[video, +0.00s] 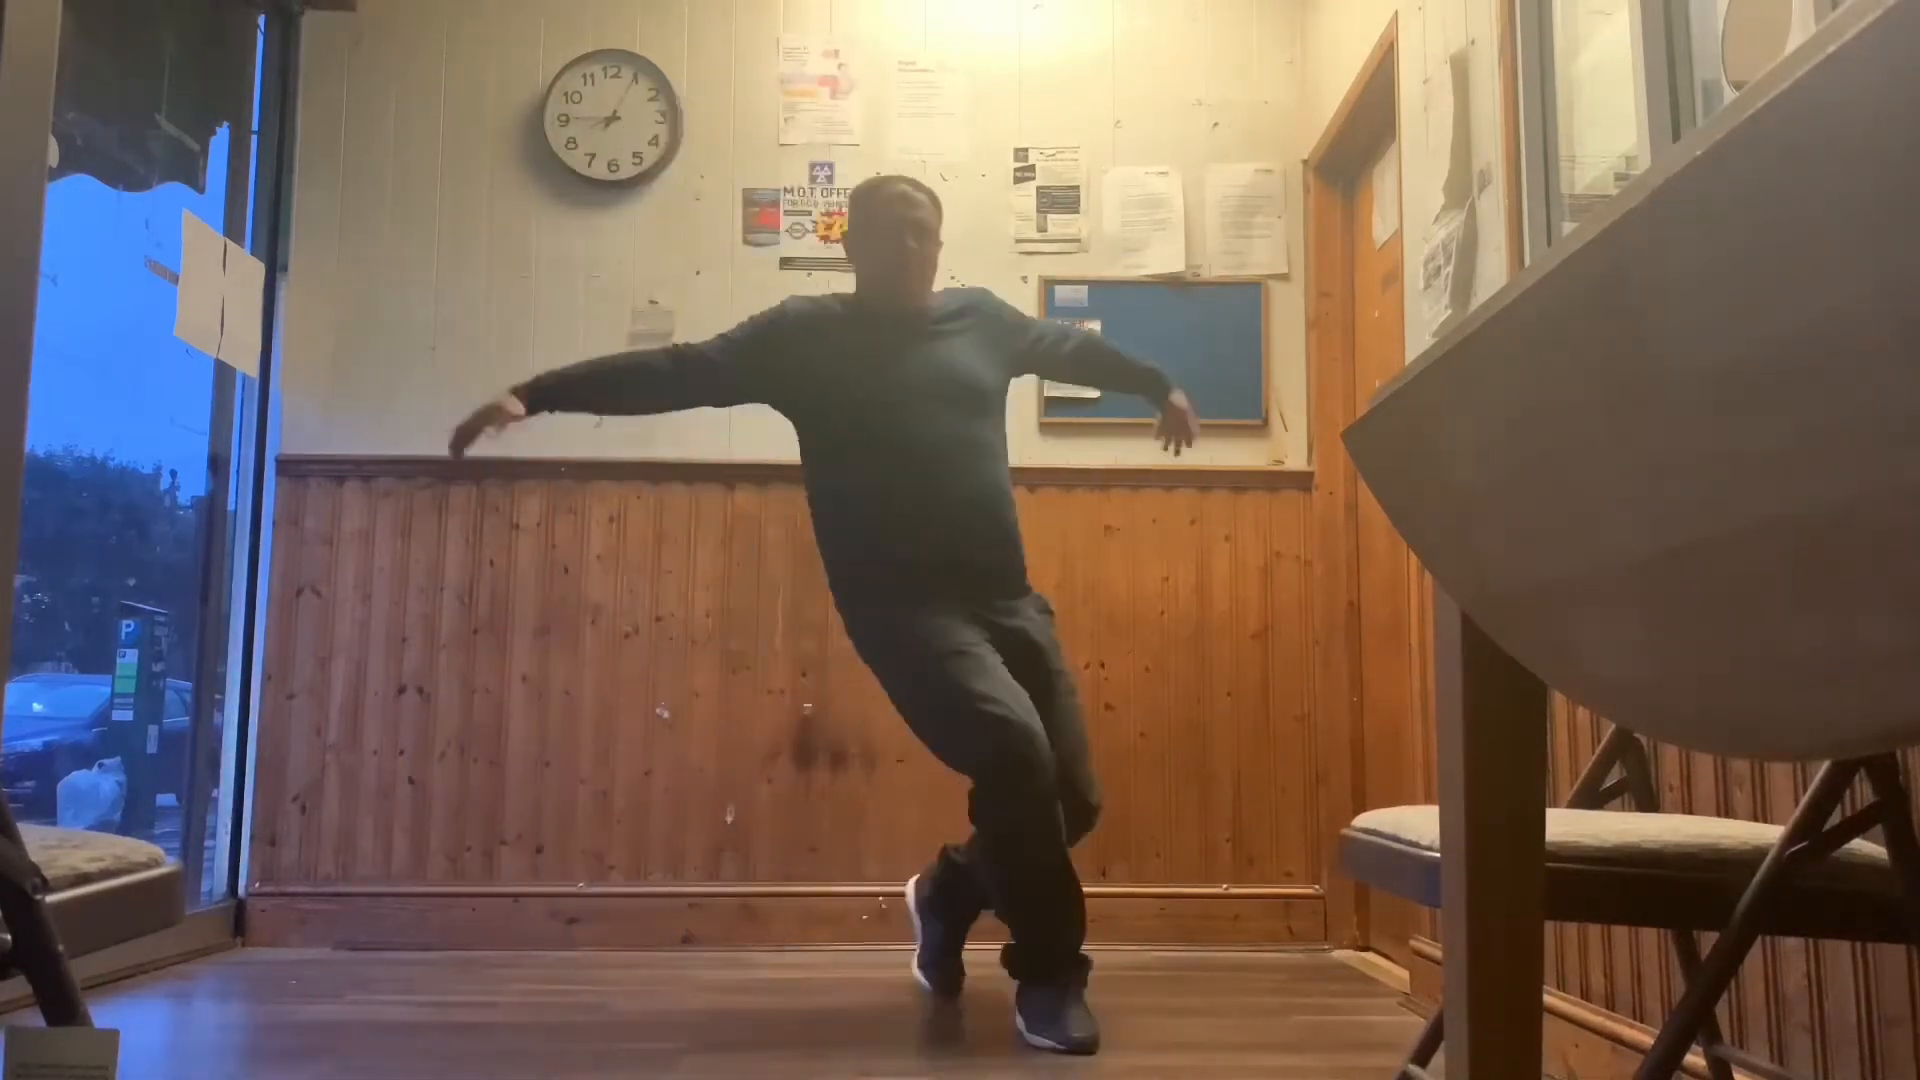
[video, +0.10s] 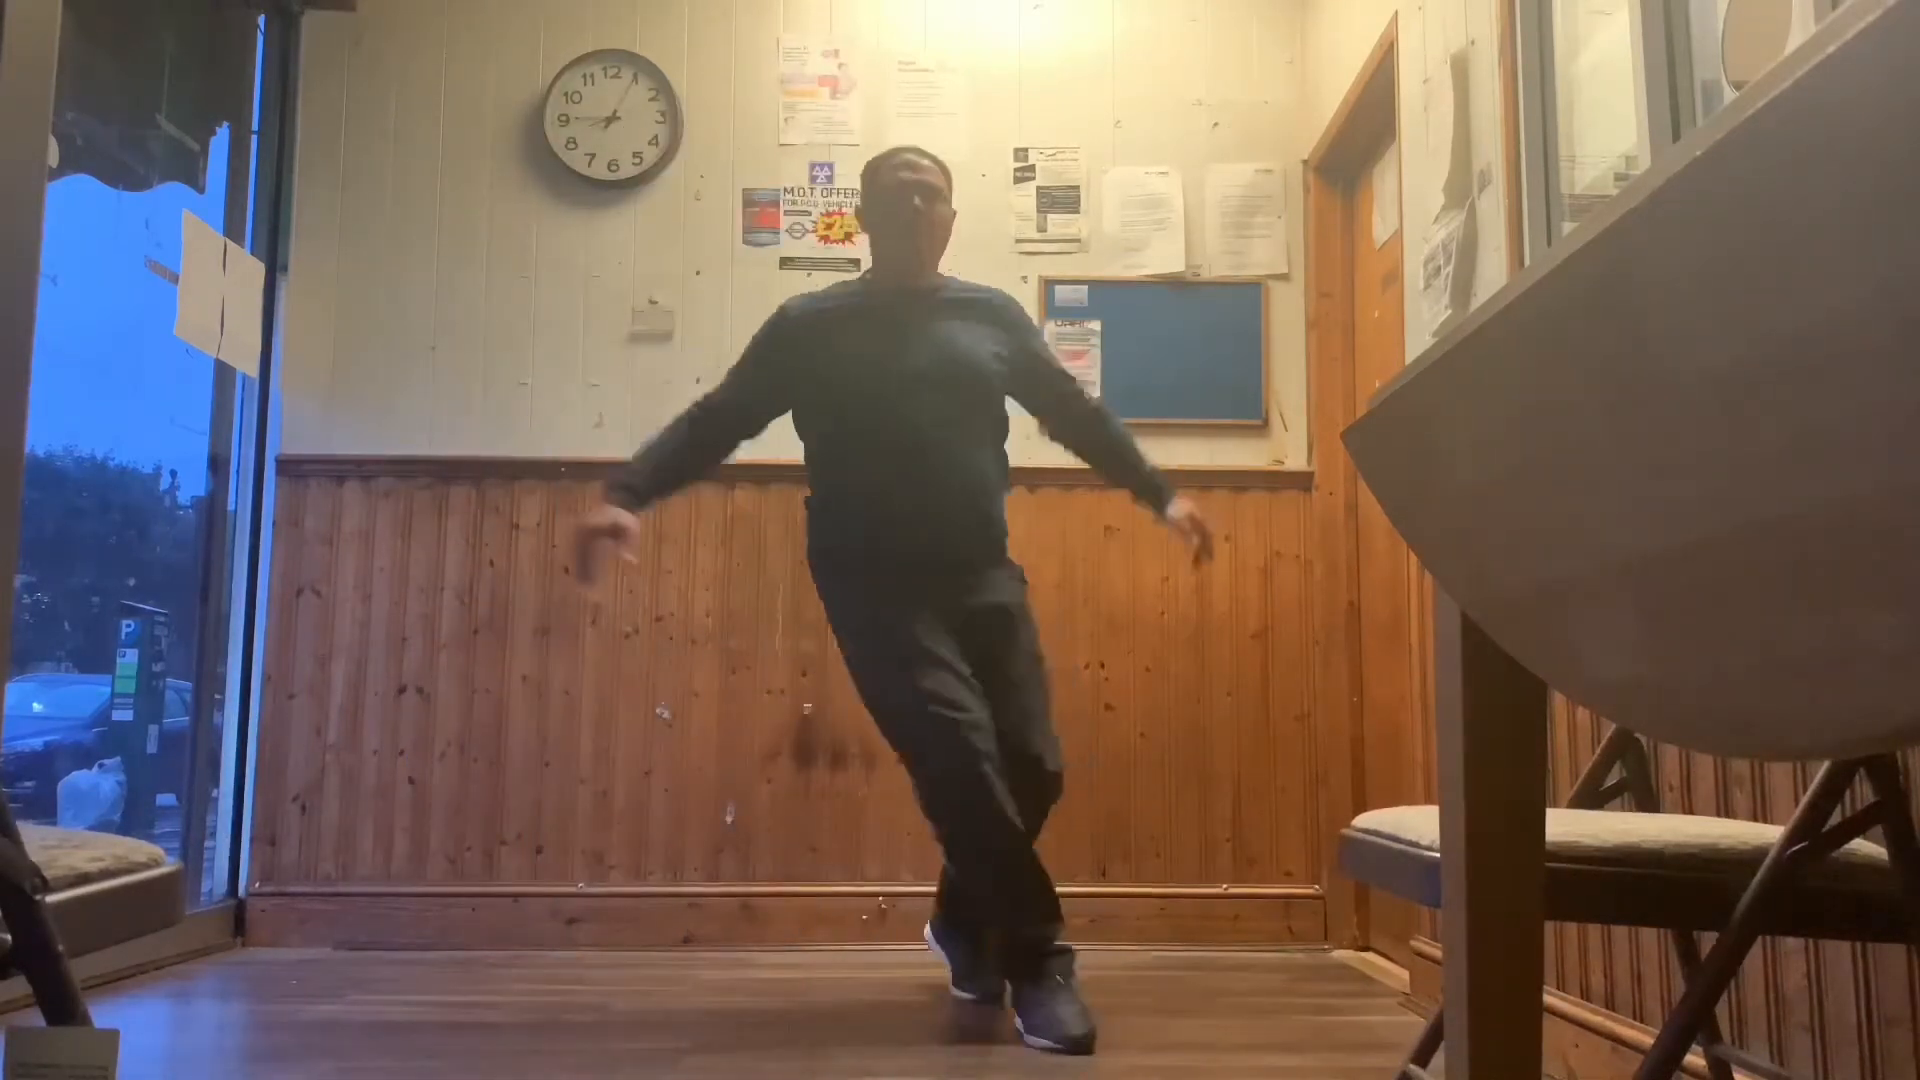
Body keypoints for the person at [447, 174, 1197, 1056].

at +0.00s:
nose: (919, 246)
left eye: (929, 231)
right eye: (898, 229)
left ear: (942, 247)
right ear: (851, 243)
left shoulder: (982, 323)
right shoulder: (801, 337)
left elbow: (1081, 352)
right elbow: (677, 373)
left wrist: (1163, 387)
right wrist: (533, 395)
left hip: (1008, 597)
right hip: (903, 606)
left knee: (1074, 801)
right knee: (1015, 751)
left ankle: (949, 896)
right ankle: (1052, 983)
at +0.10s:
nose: (918, 199)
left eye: (933, 190)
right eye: (898, 187)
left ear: (953, 224)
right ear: (861, 217)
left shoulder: (990, 318)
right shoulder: (807, 329)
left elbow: (1073, 411)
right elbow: (718, 418)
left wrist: (1159, 492)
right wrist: (628, 491)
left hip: (982, 574)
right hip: (875, 583)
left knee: (1035, 771)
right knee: (960, 760)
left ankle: (962, 919)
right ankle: (1041, 966)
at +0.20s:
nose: (899, 200)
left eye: (915, 188)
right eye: (883, 189)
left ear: (945, 216)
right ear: (856, 218)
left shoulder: (986, 327)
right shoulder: (808, 323)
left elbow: (1028, 444)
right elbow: (751, 439)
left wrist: (1046, 520)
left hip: (957, 567)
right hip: (849, 572)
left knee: (991, 753)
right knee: (893, 717)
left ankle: (963, 941)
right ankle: (951, 938)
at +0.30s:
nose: (865, 178)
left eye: (885, 171)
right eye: (851, 169)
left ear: (920, 204)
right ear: (830, 201)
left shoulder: (959, 302)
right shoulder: (790, 287)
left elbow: (990, 415)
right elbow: (724, 393)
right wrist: (813, 352)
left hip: (934, 560)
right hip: (819, 557)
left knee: (976, 744)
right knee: (797, 712)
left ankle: (958, 940)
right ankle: (833, 871)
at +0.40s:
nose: (835, 148)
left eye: (856, 138)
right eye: (822, 137)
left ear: (891, 170)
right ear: (803, 160)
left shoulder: (922, 250)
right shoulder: (757, 250)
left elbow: (943, 314)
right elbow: (693, 358)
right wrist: (759, 342)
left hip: (890, 528)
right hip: (780, 524)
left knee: (914, 728)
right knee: (734, 708)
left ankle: (935, 929)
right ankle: (743, 885)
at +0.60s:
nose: (761, 208)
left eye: (785, 200)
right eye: (751, 200)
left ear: (834, 231)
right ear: (741, 225)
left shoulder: (836, 291)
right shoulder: (714, 329)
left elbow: (824, 260)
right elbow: (647, 428)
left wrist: (720, 263)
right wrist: (667, 367)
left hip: (786, 570)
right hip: (692, 567)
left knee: (765, 765)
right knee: (663, 769)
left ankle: (854, 912)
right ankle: (690, 940)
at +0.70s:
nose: (737, 242)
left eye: (758, 229)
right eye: (730, 224)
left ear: (798, 245)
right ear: (717, 233)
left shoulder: (813, 313)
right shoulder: (696, 339)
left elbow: (794, 376)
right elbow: (607, 409)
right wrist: (619, 344)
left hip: (750, 585)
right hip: (659, 578)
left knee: (694, 777)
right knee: (620, 778)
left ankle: (836, 876)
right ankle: (687, 942)